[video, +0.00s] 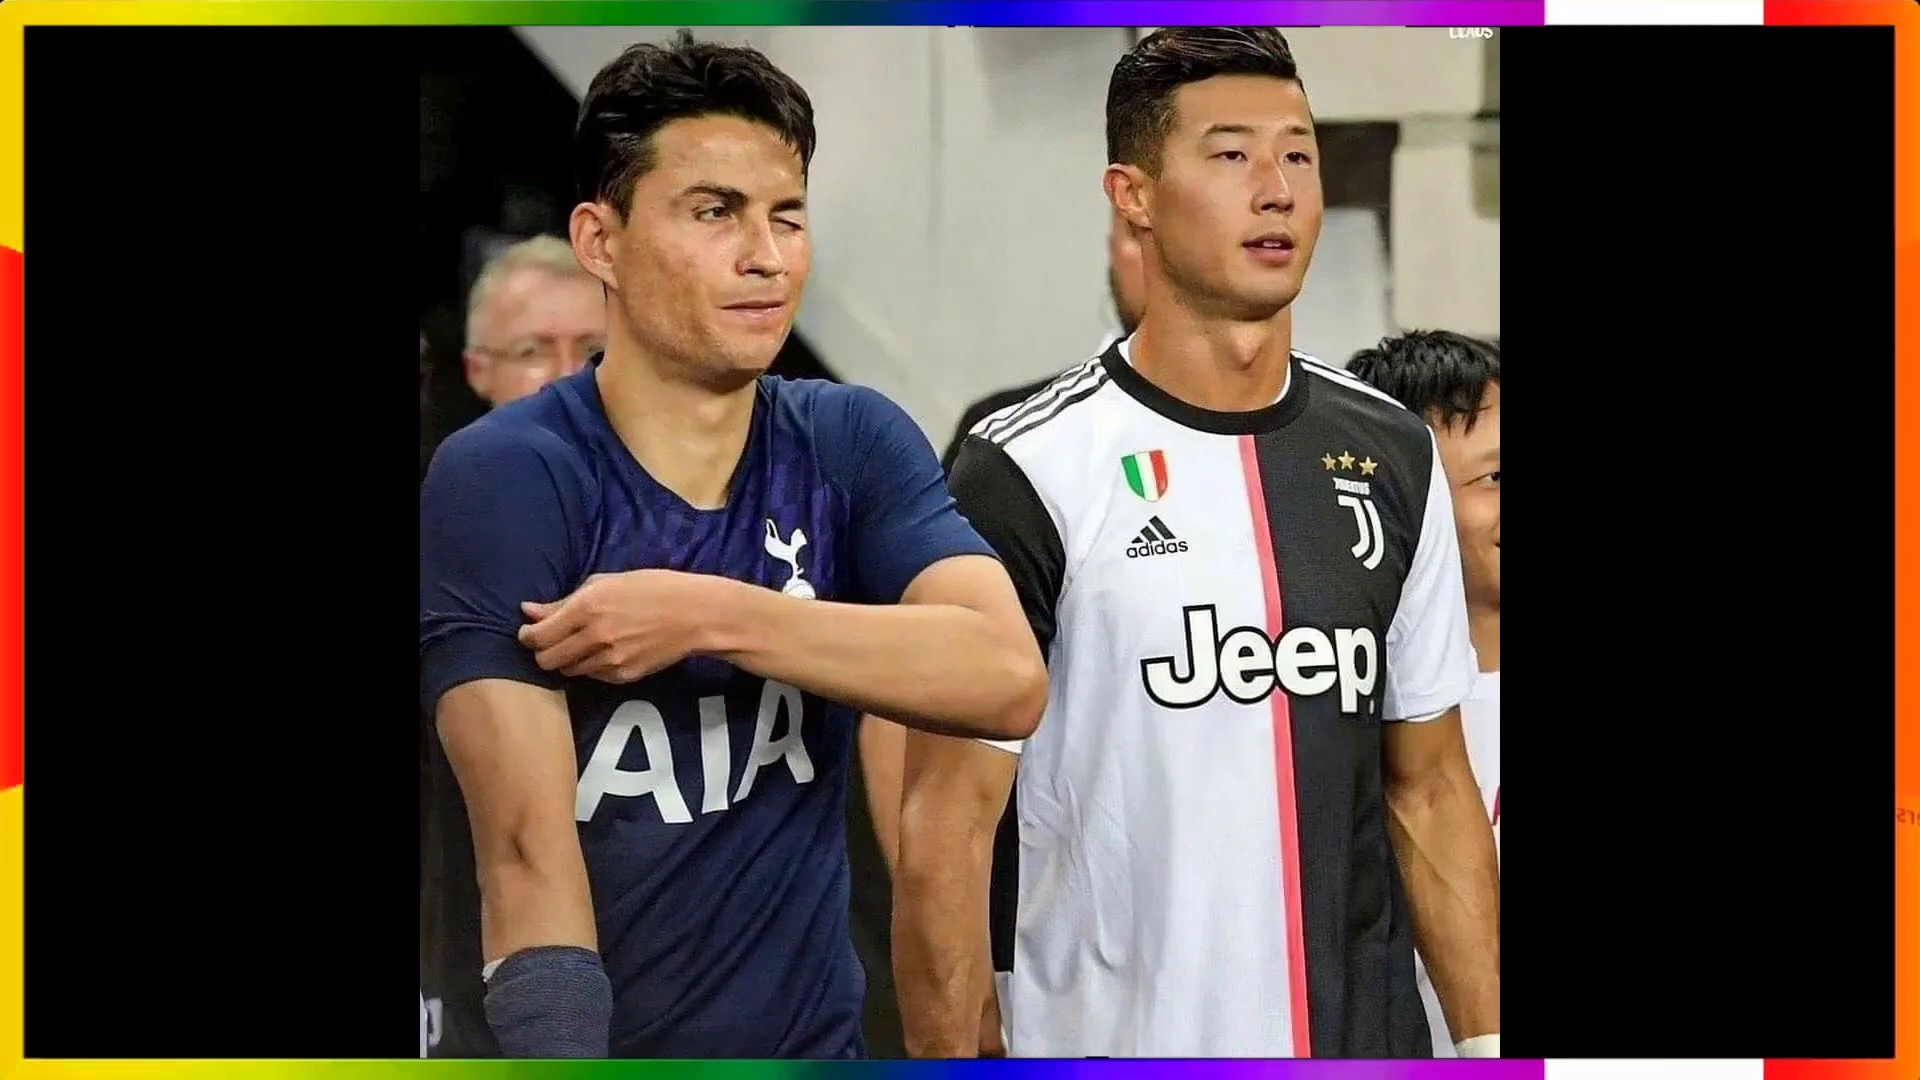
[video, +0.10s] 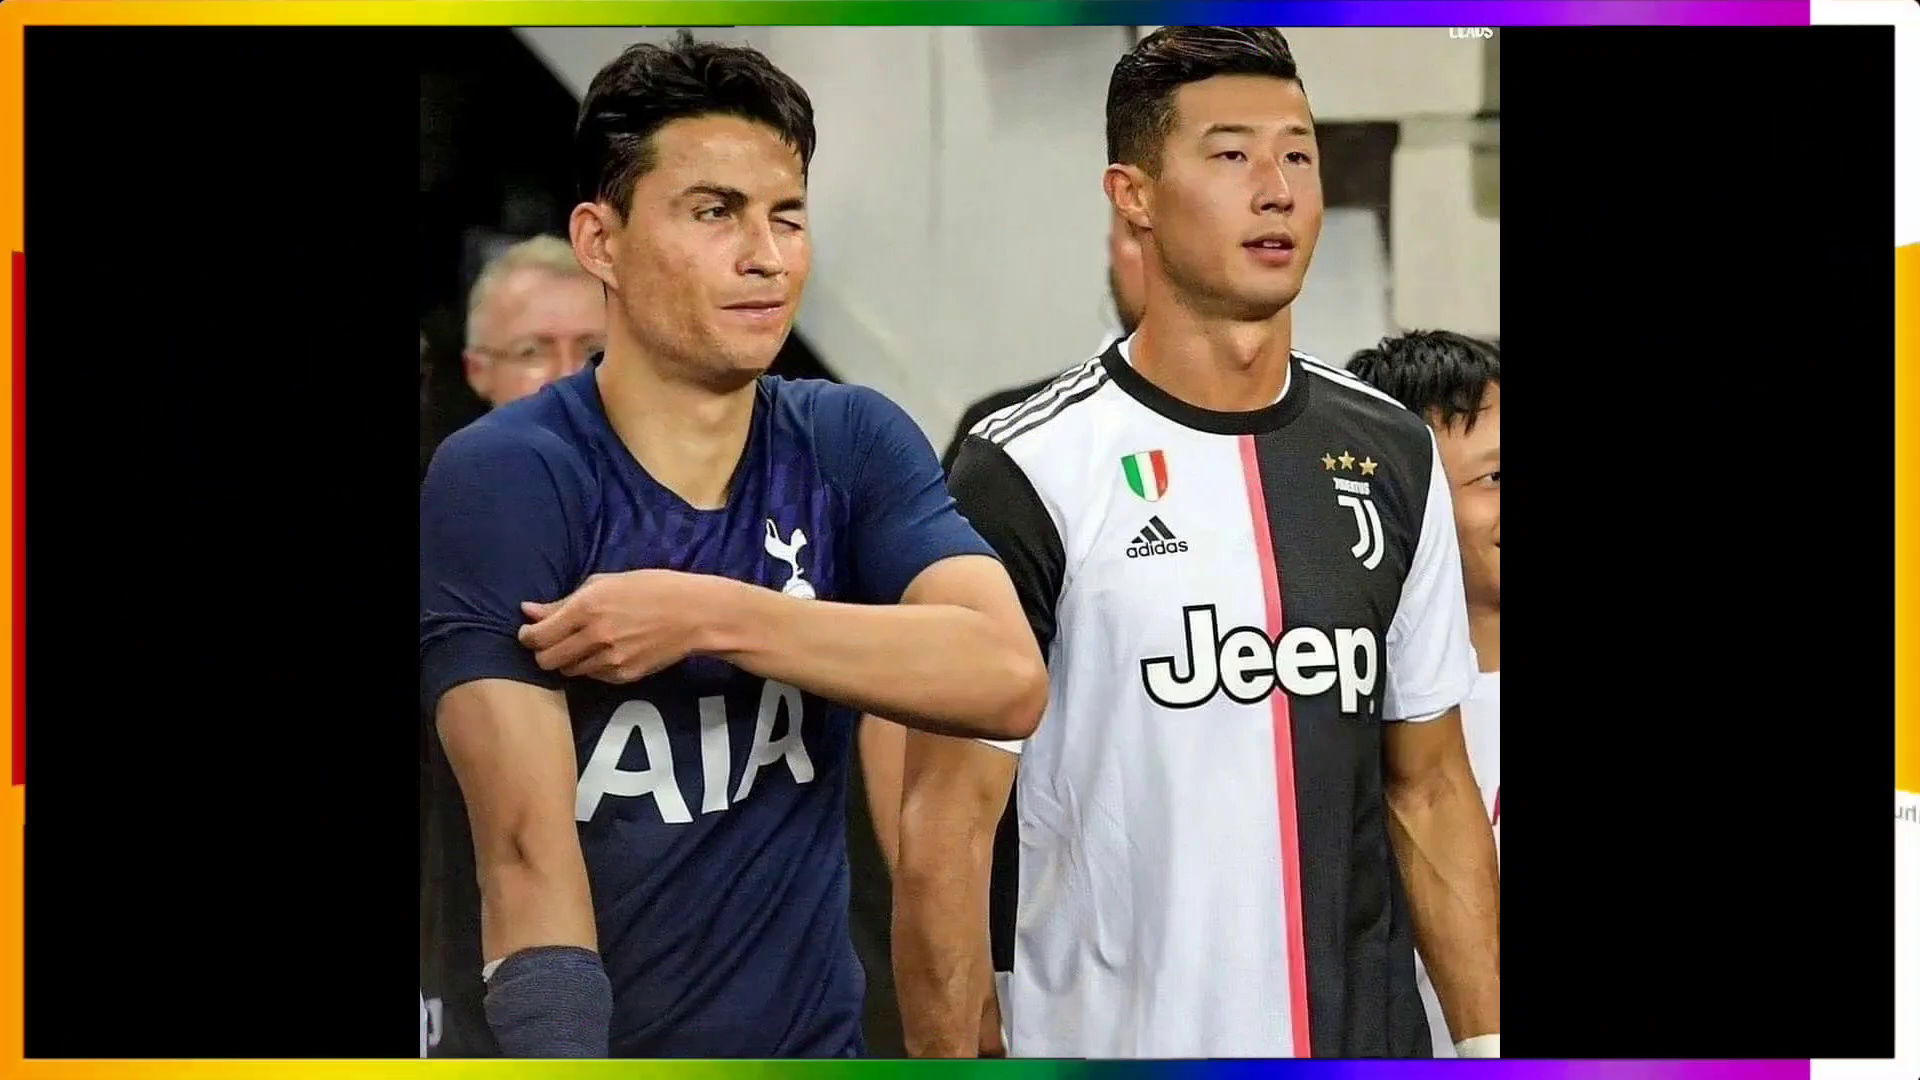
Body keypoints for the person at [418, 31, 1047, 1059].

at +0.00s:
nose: (766, 257)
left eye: (785, 218)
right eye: (712, 212)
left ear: (809, 237)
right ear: (601, 241)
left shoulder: (856, 439)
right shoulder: (499, 476)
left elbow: (1009, 681)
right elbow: (525, 851)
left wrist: (714, 613)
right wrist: (561, 1058)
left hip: (812, 1042)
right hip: (594, 1036)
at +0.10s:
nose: (765, 257)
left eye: (785, 217)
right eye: (712, 212)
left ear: (809, 236)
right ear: (601, 242)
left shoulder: (856, 439)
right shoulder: (499, 477)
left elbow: (1009, 681)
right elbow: (525, 851)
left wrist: (713, 613)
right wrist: (560, 1060)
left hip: (810, 1042)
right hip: (598, 1037)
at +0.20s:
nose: (765, 257)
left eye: (785, 217)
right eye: (712, 212)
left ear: (809, 236)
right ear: (601, 242)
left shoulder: (856, 439)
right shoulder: (499, 477)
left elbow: (1009, 680)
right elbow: (525, 851)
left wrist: (713, 613)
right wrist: (559, 1059)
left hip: (811, 1042)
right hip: (598, 1037)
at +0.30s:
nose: (765, 257)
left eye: (785, 217)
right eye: (712, 212)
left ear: (809, 236)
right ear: (601, 242)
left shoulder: (856, 439)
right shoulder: (499, 477)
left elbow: (1009, 681)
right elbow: (525, 851)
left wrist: (713, 613)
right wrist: (560, 1060)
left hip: (811, 1041)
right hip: (598, 1036)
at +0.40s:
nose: (766, 257)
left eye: (786, 218)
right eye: (712, 212)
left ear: (809, 237)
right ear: (601, 241)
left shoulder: (856, 439)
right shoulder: (499, 477)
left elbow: (1009, 680)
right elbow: (525, 851)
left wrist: (713, 613)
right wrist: (560, 1059)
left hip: (811, 1040)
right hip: (598, 1036)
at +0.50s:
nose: (765, 257)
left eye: (785, 217)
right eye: (712, 212)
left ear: (809, 235)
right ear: (601, 242)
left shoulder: (856, 439)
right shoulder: (500, 476)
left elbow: (1009, 681)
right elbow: (525, 851)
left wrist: (714, 613)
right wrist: (560, 1059)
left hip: (810, 1041)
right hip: (599, 1037)